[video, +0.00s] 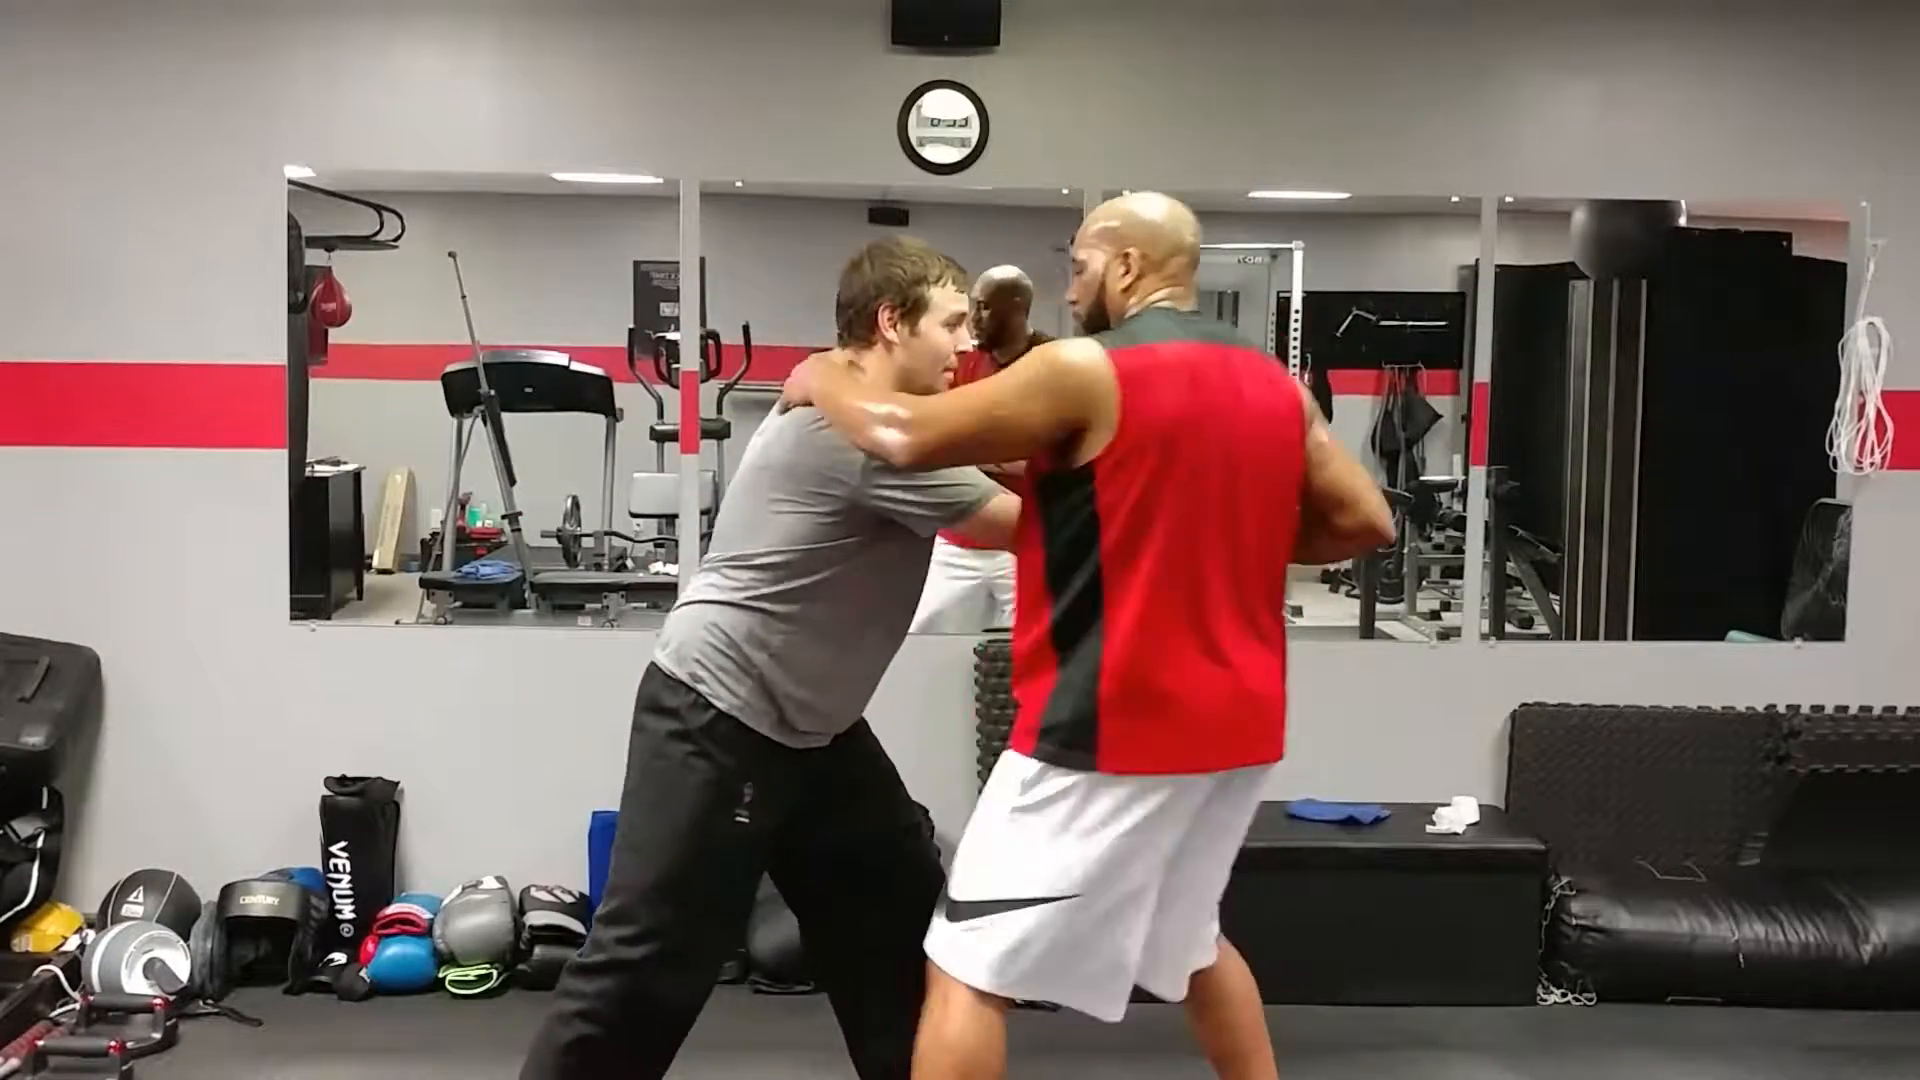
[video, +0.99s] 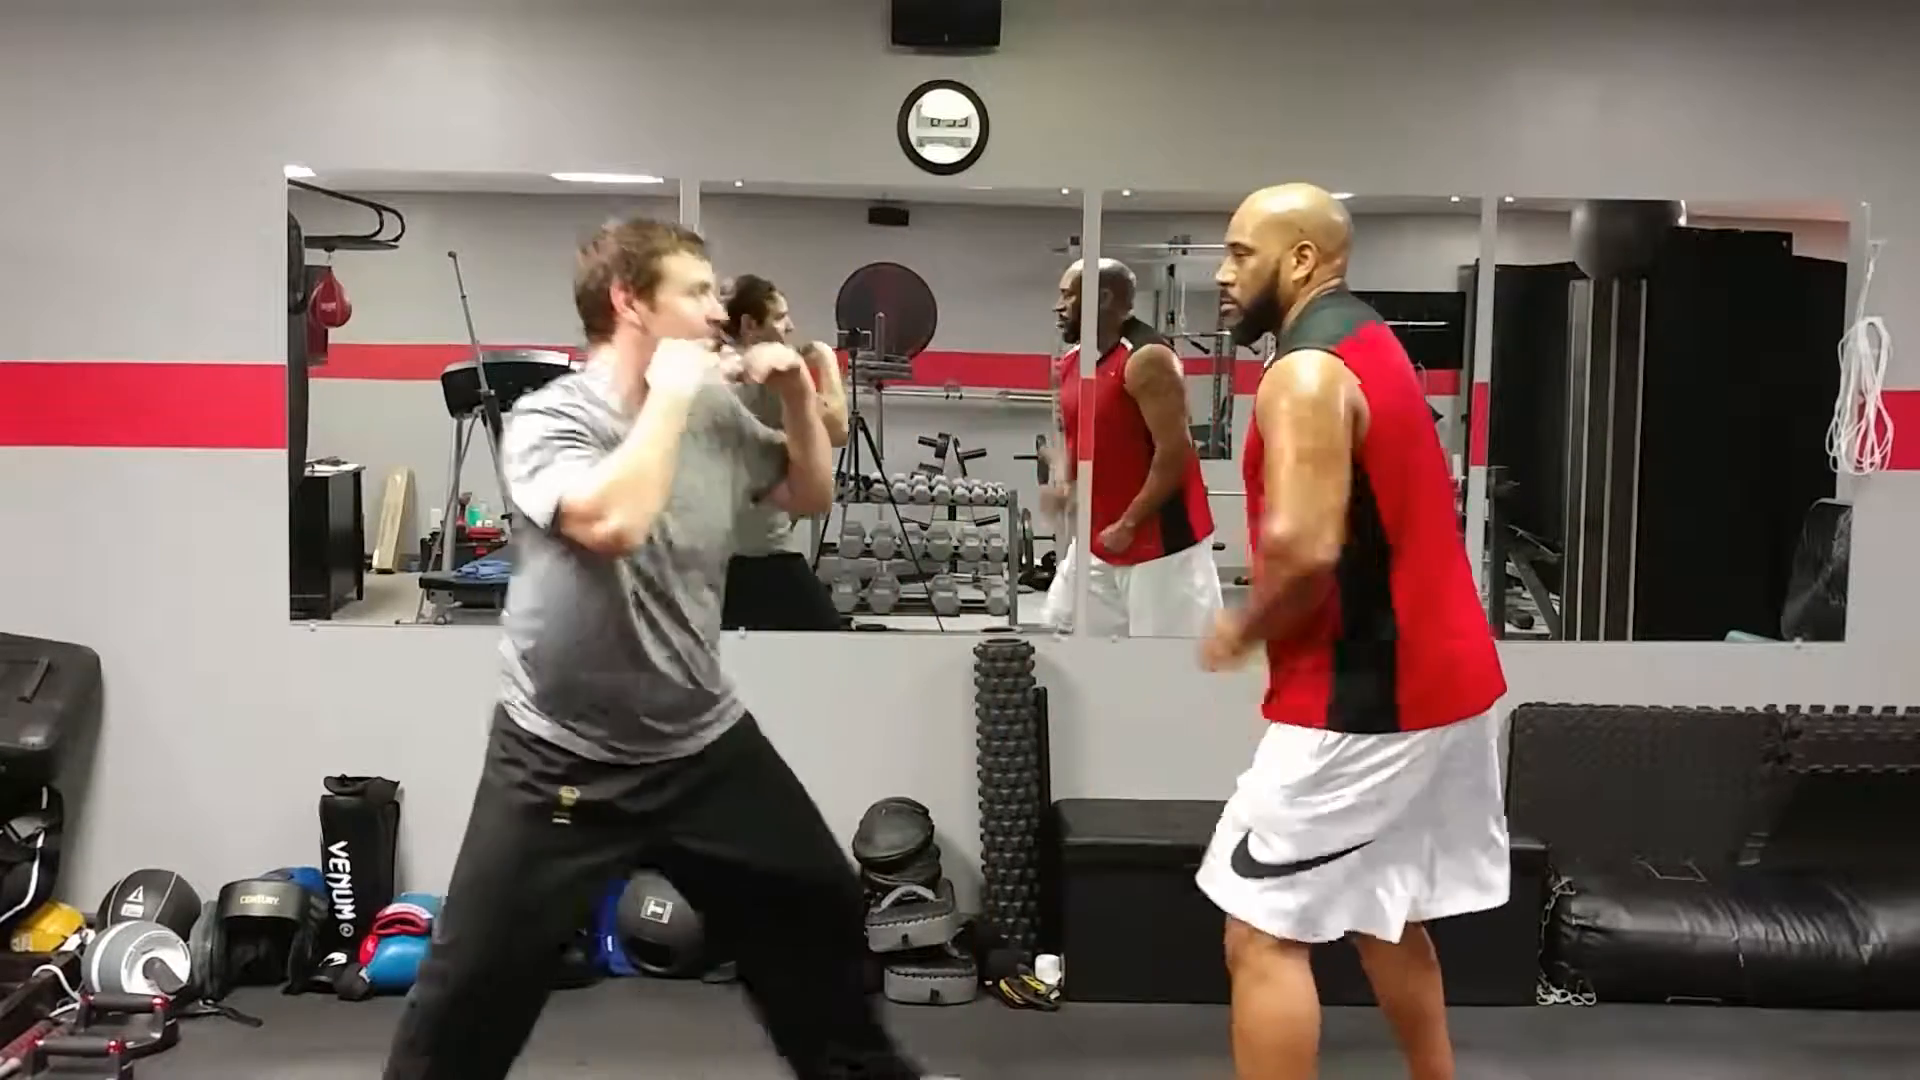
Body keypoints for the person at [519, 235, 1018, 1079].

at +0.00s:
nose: (968, 347)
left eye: (969, 328)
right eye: (953, 323)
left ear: (886, 328)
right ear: (887, 325)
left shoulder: (883, 424)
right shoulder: (854, 431)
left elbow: (1019, 497)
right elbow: (1024, 524)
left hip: (815, 730)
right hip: (711, 714)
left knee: (897, 939)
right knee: (642, 971)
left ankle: (911, 1073)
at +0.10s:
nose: (963, 339)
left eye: (962, 320)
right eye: (945, 317)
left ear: (887, 325)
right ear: (883, 323)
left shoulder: (890, 422)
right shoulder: (853, 431)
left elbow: (1028, 500)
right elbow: (1025, 546)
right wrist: (1151, 565)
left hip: (814, 726)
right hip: (708, 713)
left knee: (901, 932)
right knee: (643, 962)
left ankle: (918, 1072)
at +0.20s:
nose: (954, 335)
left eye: (953, 315)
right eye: (936, 313)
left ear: (871, 324)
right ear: (868, 322)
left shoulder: (889, 425)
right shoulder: (829, 426)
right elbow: (937, 583)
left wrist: (953, 488)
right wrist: (1085, 572)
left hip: (806, 721)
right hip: (698, 710)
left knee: (894, 908)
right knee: (624, 953)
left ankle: (926, 1067)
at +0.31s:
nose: (917, 330)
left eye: (915, 311)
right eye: (897, 311)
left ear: (842, 327)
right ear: (829, 322)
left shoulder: (857, 427)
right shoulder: (769, 421)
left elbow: (867, 563)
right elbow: (807, 603)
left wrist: (929, 525)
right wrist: (964, 598)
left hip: (794, 729)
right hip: (681, 718)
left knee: (890, 915)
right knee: (581, 962)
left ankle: (923, 1073)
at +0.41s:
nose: (850, 325)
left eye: (848, 305)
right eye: (828, 305)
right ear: (761, 319)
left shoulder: (810, 420)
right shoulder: (685, 424)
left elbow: (826, 554)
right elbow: (697, 605)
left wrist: (882, 483)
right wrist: (847, 581)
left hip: (761, 754)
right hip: (635, 747)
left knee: (870, 958)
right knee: (524, 987)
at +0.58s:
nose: (737, 300)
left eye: (735, 279)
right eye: (714, 277)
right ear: (643, 288)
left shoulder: (712, 402)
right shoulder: (557, 392)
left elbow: (792, 499)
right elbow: (608, 533)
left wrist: (802, 401)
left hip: (678, 732)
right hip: (543, 719)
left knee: (785, 965)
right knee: (470, 987)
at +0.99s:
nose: (718, 314)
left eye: (715, 295)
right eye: (698, 294)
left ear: (648, 309)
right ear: (629, 303)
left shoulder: (715, 414)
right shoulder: (545, 422)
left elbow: (810, 490)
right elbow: (609, 525)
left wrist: (798, 389)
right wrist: (675, 393)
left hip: (706, 752)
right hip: (554, 762)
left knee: (820, 916)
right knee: (465, 991)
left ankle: (852, 1064)